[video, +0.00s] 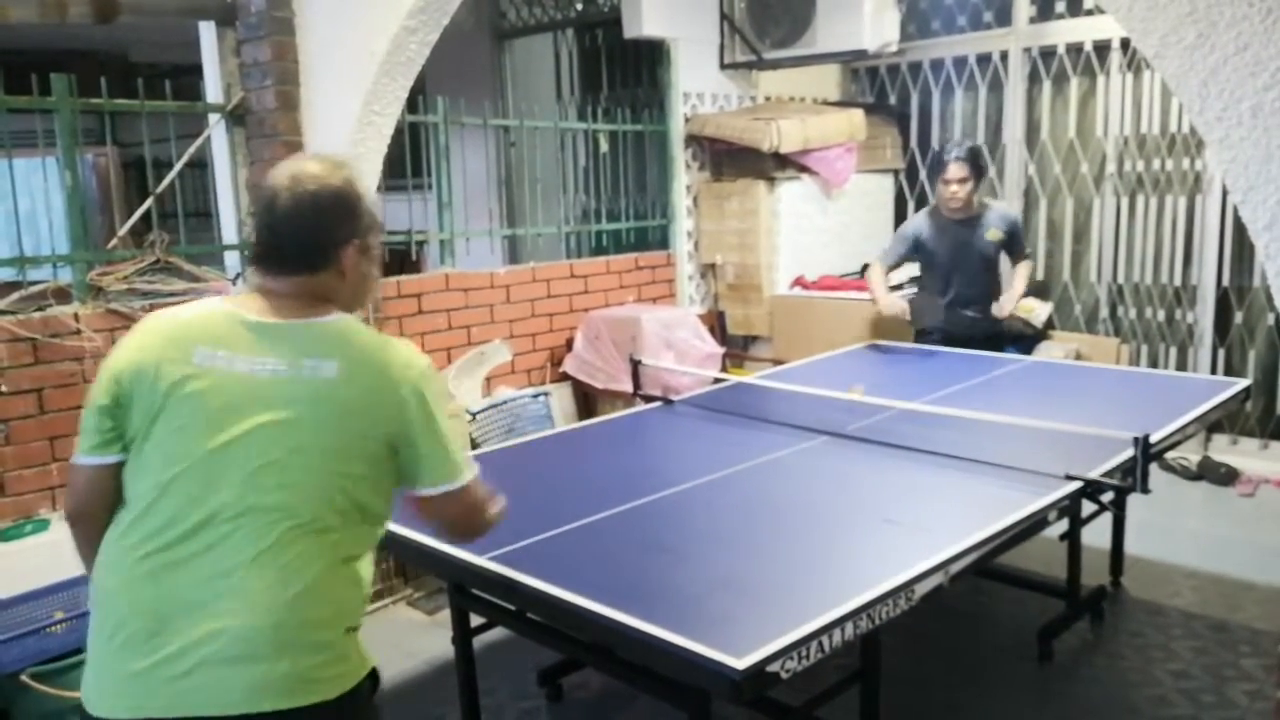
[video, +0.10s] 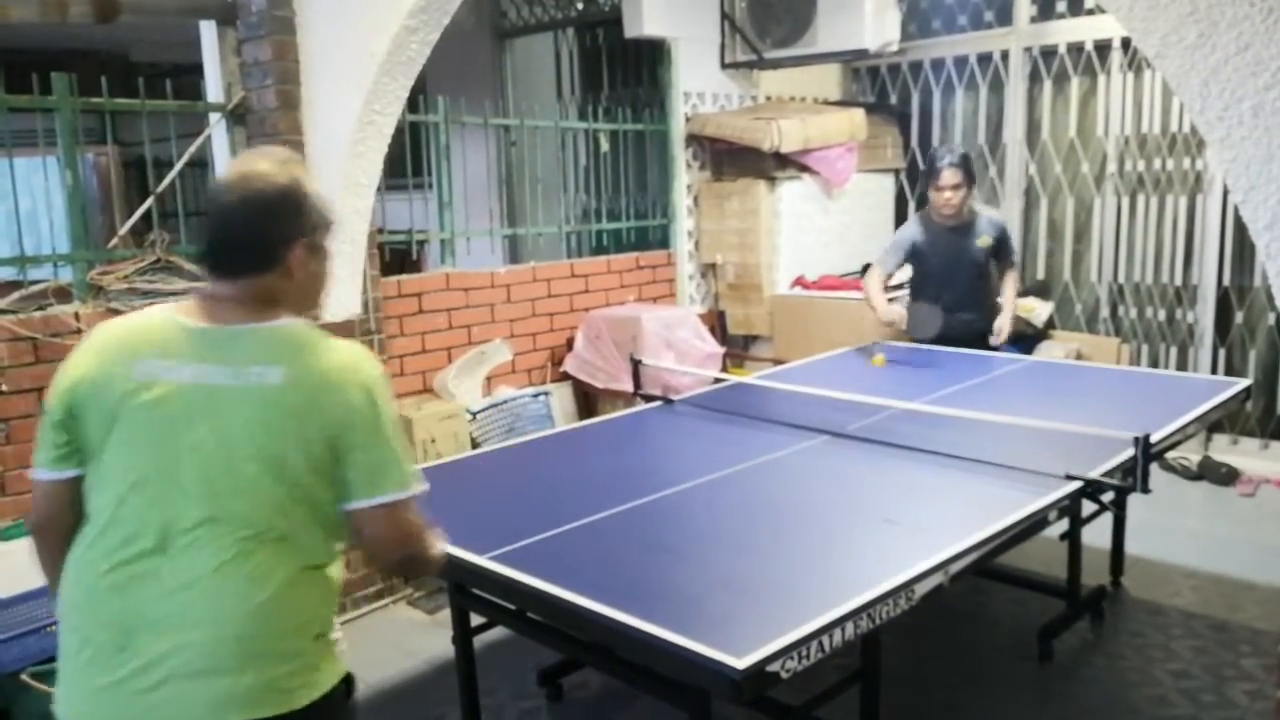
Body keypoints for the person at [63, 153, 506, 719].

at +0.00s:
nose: (379, 269)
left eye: (381, 252)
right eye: (377, 252)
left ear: (260, 249)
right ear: (349, 257)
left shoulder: (152, 341)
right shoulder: (390, 366)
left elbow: (85, 507)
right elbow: (460, 516)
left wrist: (129, 599)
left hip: (131, 688)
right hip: (297, 687)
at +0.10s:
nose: (326, 269)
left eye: (327, 251)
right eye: (323, 252)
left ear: (214, 250)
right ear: (296, 257)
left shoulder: (102, 352)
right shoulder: (340, 370)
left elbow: (49, 520)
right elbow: (391, 541)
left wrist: (89, 612)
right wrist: (425, 552)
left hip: (101, 692)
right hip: (269, 688)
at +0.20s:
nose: (288, 265)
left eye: (287, 244)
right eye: (280, 243)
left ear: (163, 245)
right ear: (242, 251)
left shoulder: (57, 354)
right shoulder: (290, 367)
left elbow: (15, 535)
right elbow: (329, 557)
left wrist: (43, 631)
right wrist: (373, 564)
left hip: (72, 693)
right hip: (240, 694)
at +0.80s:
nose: (336, 254)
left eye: (337, 239)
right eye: (333, 239)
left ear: (227, 240)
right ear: (308, 248)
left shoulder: (124, 343)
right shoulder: (348, 359)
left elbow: (72, 506)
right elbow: (381, 542)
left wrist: (105, 610)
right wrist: (380, 576)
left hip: (146, 672)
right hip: (300, 669)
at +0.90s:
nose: (366, 254)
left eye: (369, 239)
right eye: (366, 238)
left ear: (256, 231)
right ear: (343, 241)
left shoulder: (153, 332)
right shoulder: (377, 351)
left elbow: (99, 489)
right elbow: (419, 532)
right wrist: (401, 576)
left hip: (169, 671)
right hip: (323, 667)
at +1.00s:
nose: (378, 243)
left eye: (380, 227)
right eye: (379, 227)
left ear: (269, 222)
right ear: (366, 231)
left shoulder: (175, 319)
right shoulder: (397, 340)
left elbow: (125, 463)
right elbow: (452, 518)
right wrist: (436, 583)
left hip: (181, 666)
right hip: (335, 660)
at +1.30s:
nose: (316, 228)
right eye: (315, 214)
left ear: (208, 223)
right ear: (305, 219)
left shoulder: (135, 316)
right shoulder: (339, 338)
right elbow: (406, 509)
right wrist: (483, 621)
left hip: (159, 672)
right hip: (306, 666)